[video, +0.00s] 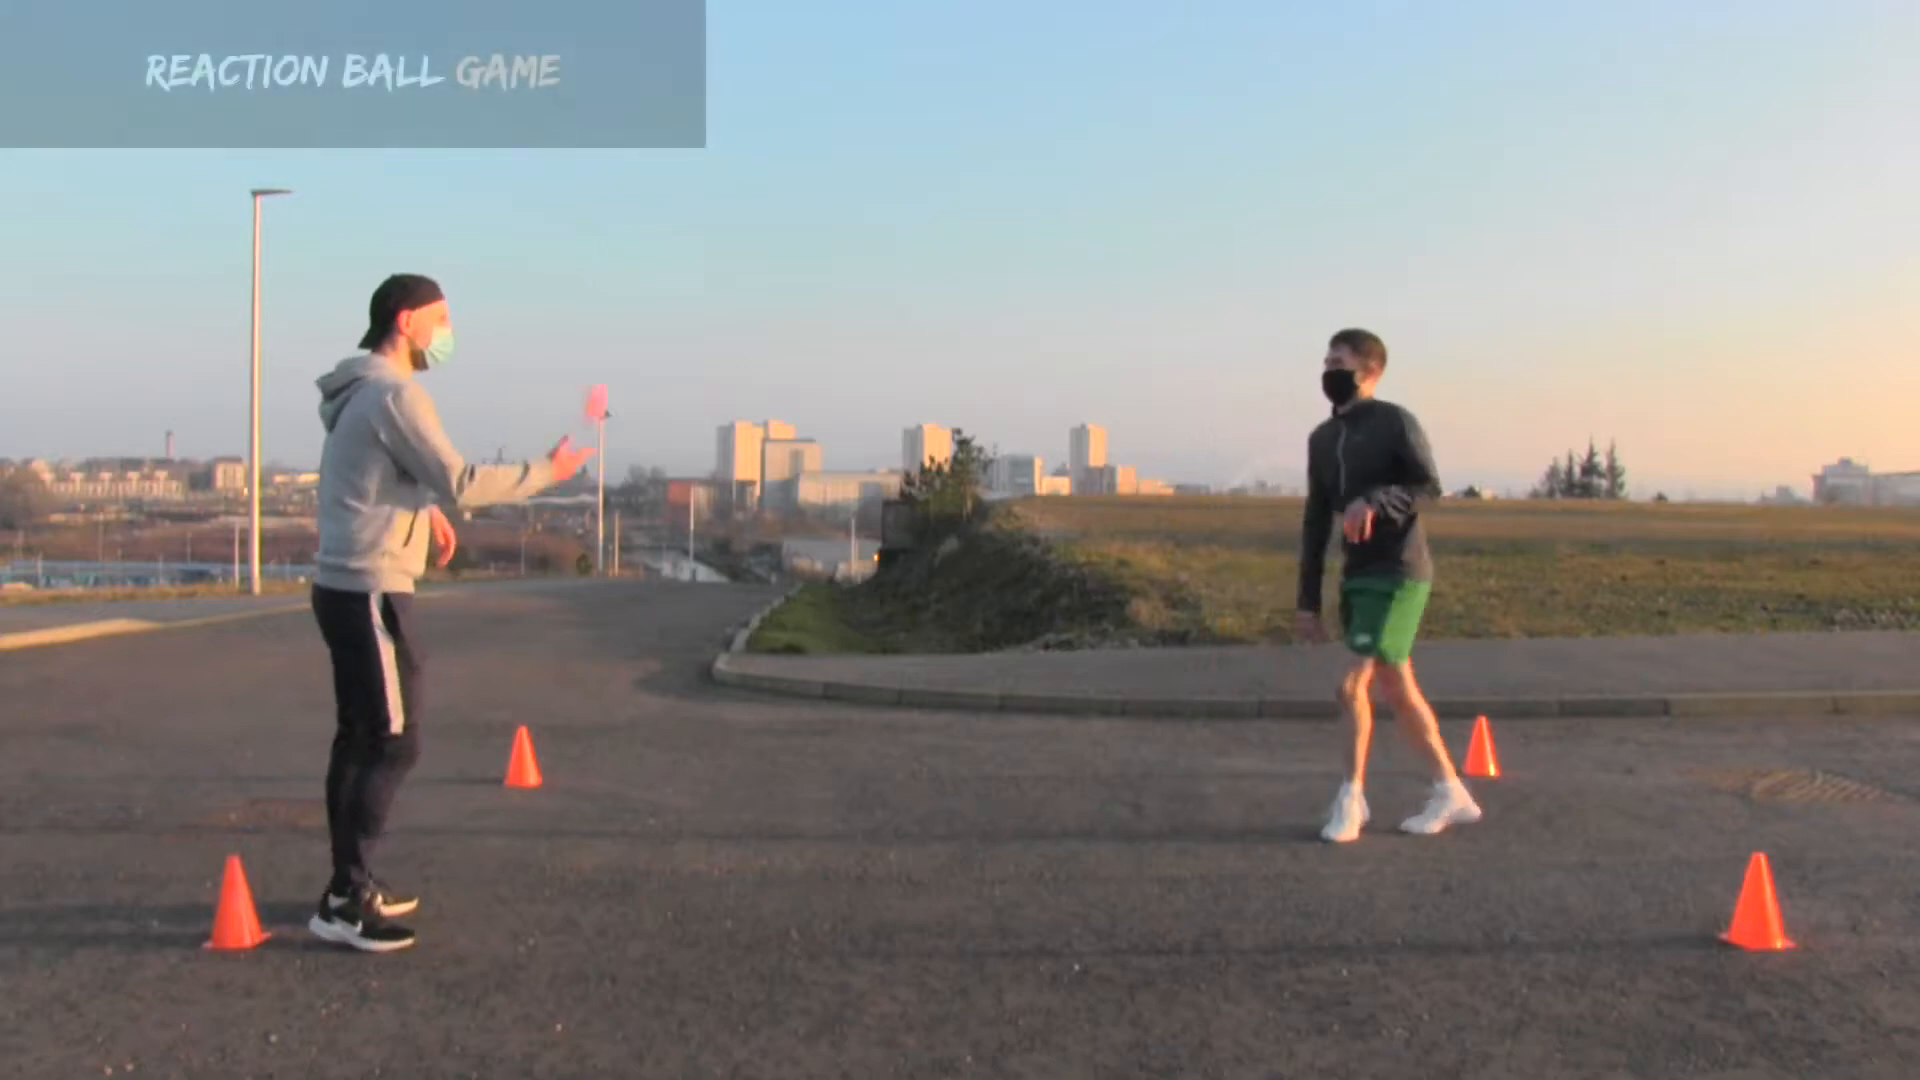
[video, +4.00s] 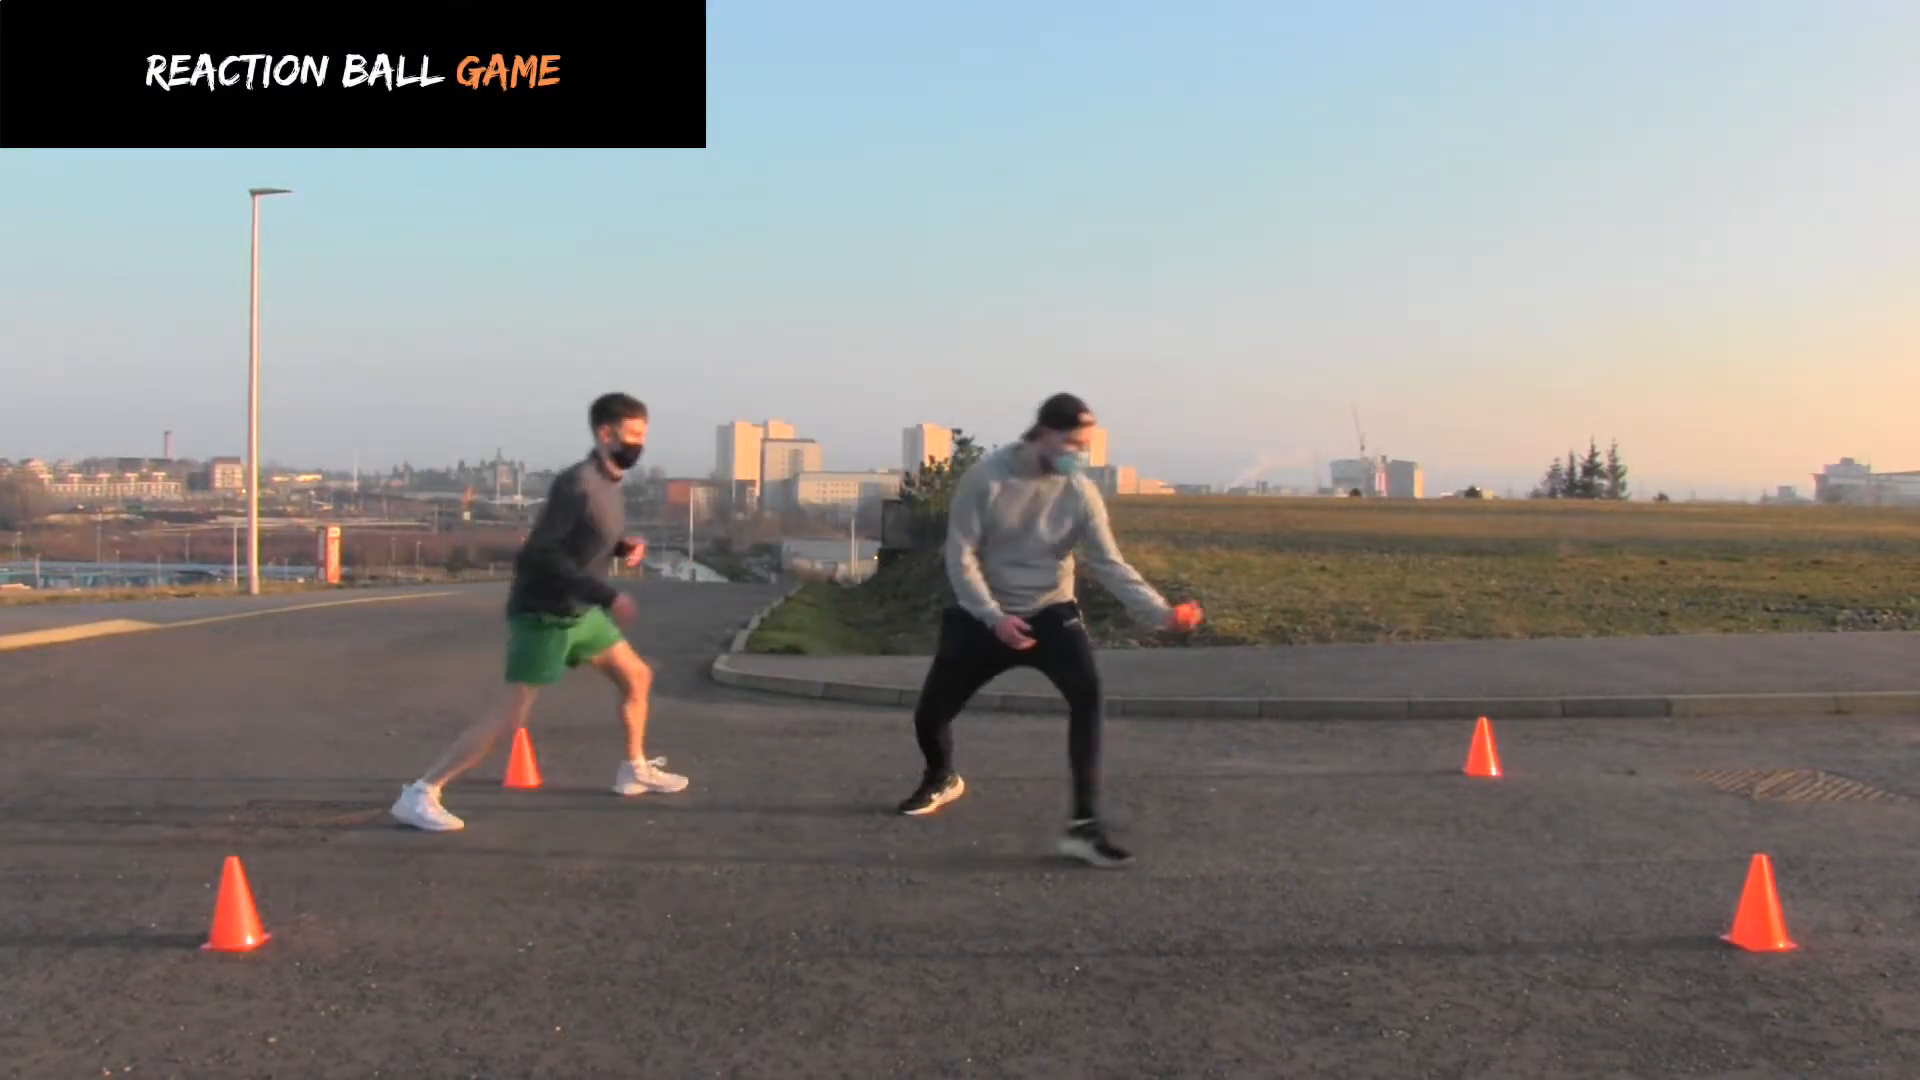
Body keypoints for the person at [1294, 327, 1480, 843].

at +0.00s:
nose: (1329, 371)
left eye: (1340, 364)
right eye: (1328, 363)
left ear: (1370, 371)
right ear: (1328, 368)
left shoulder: (1396, 422)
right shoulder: (1323, 439)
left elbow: (1427, 487)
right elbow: (1317, 520)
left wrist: (1375, 504)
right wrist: (1308, 600)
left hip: (1402, 571)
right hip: (1358, 574)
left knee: (1353, 686)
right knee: (1399, 688)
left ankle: (1351, 798)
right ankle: (1452, 790)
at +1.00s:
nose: (1229, 393)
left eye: (1235, 380)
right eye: (1226, 383)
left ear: (1266, 372)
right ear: (1264, 376)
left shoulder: (1298, 420)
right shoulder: (1281, 427)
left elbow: (1338, 487)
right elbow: (1309, 502)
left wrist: (1270, 538)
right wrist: (1266, 548)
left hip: (1339, 590)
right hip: (1311, 587)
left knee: (1280, 713)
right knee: (1266, 704)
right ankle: (1311, 823)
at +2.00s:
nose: (928, 389)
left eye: (928, 378)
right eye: (927, 378)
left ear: (945, 373)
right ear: (983, 368)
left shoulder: (973, 423)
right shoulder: (1024, 423)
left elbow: (979, 521)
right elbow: (1068, 500)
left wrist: (941, 550)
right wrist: (1012, 529)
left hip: (1039, 609)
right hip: (1081, 604)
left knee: (981, 754)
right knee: (1053, 718)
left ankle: (1060, 886)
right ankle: (1122, 837)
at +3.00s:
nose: (627, 342)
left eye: (626, 331)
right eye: (621, 331)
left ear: (572, 332)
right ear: (594, 331)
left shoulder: (527, 389)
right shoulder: (600, 391)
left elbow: (486, 463)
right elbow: (594, 476)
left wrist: (547, 491)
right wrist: (659, 527)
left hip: (515, 570)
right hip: (576, 573)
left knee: (521, 706)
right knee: (607, 708)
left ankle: (469, 831)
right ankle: (542, 844)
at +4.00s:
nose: (639, 447)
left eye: (642, 438)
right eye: (632, 438)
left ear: (636, 436)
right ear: (604, 433)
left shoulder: (611, 484)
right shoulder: (575, 484)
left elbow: (591, 539)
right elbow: (541, 553)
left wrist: (621, 548)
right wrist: (606, 595)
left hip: (582, 612)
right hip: (541, 617)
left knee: (638, 678)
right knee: (510, 716)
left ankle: (635, 768)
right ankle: (421, 793)